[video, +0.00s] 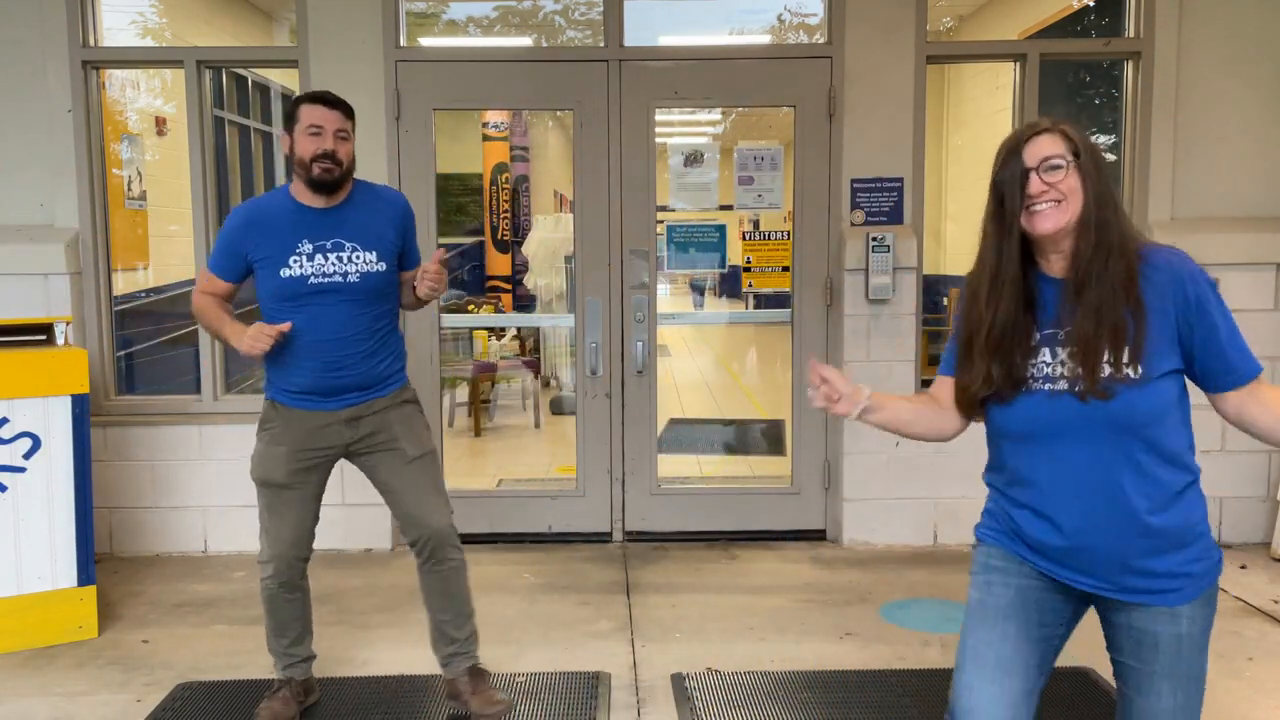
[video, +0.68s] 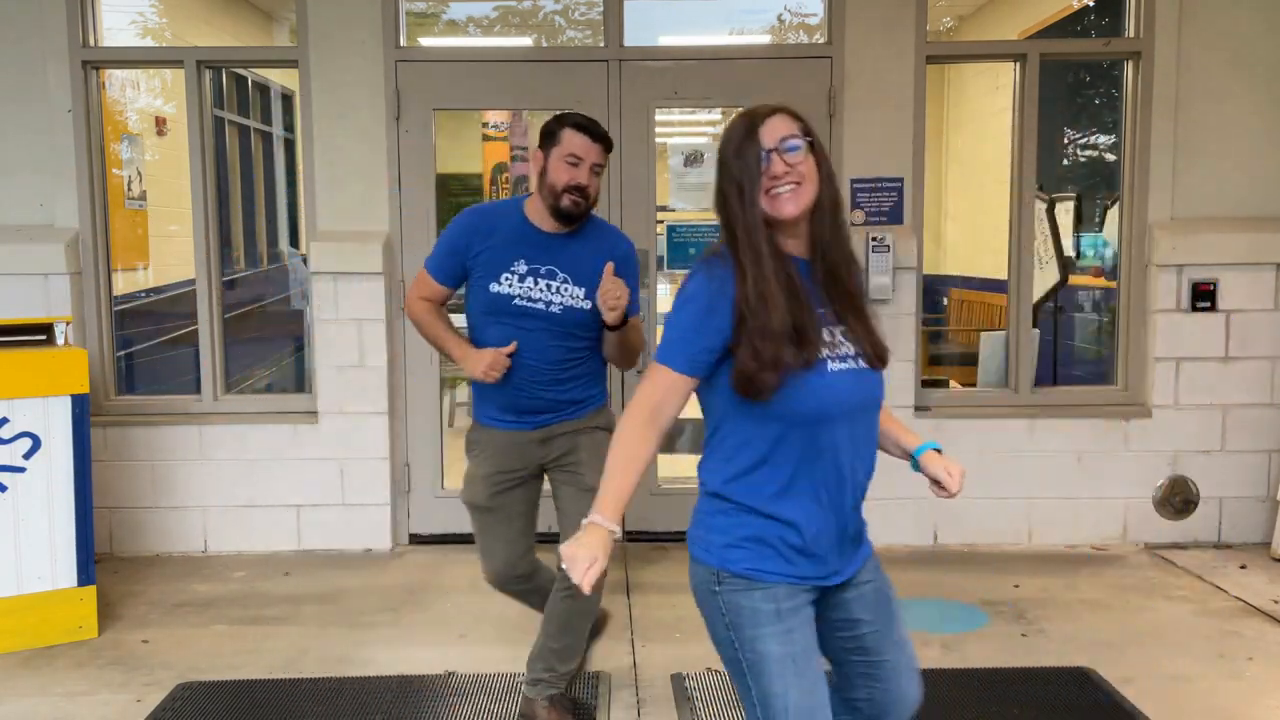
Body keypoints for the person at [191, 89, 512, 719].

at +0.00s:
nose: (328, 146)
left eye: (340, 135)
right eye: (315, 133)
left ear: (355, 147)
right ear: (289, 143)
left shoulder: (392, 209)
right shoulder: (253, 221)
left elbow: (406, 293)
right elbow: (205, 297)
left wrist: (425, 287)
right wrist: (238, 334)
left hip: (386, 409)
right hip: (295, 419)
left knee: (437, 533)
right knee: (282, 559)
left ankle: (463, 669)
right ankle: (292, 678)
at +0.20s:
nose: (397, 151)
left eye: (410, 142)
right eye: (384, 137)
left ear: (423, 153)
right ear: (357, 142)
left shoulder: (449, 209)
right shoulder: (313, 202)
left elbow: (492, 269)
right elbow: (213, 240)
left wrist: (506, 272)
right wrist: (241, 287)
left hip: (421, 414)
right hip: (328, 416)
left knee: (475, 545)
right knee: (298, 558)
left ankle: (523, 674)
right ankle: (292, 679)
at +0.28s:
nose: (432, 164)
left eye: (446, 154)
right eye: (420, 148)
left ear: (457, 163)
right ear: (392, 152)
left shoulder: (484, 224)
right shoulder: (345, 213)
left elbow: (537, 276)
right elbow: (238, 246)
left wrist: (539, 284)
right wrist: (247, 299)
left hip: (445, 422)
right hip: (351, 425)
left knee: (496, 550)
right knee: (310, 561)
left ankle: (537, 692)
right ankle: (293, 680)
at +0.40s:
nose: (485, 165)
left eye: (500, 156)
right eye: (474, 149)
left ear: (512, 165)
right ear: (445, 149)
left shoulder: (531, 226)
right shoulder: (390, 213)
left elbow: (569, 290)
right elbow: (305, 271)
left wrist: (563, 304)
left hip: (490, 417)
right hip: (399, 417)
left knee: (528, 551)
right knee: (348, 550)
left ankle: (540, 691)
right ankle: (306, 674)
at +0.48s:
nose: (521, 167)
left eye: (534, 158)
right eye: (510, 151)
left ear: (544, 167)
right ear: (480, 149)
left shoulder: (561, 234)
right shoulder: (419, 218)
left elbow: (569, 313)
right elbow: (371, 297)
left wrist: (573, 315)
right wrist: (403, 343)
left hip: (521, 417)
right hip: (429, 418)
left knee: (551, 550)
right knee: (389, 552)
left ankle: (543, 690)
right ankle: (367, 662)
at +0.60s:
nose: (560, 178)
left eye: (571, 169)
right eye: (548, 162)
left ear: (579, 177)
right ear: (515, 160)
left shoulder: (592, 249)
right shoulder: (455, 228)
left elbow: (597, 350)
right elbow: (416, 308)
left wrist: (589, 329)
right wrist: (450, 365)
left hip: (560, 425)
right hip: (474, 428)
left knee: (577, 560)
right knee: (460, 566)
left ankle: (546, 690)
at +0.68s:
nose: (582, 178)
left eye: (594, 169)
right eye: (571, 162)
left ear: (602, 179)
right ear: (538, 162)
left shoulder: (615, 251)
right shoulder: (478, 228)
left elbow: (628, 357)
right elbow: (419, 302)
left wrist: (618, 319)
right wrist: (468, 356)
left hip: (582, 427)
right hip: (500, 431)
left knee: (588, 556)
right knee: (504, 567)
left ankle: (546, 690)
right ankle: (582, 610)